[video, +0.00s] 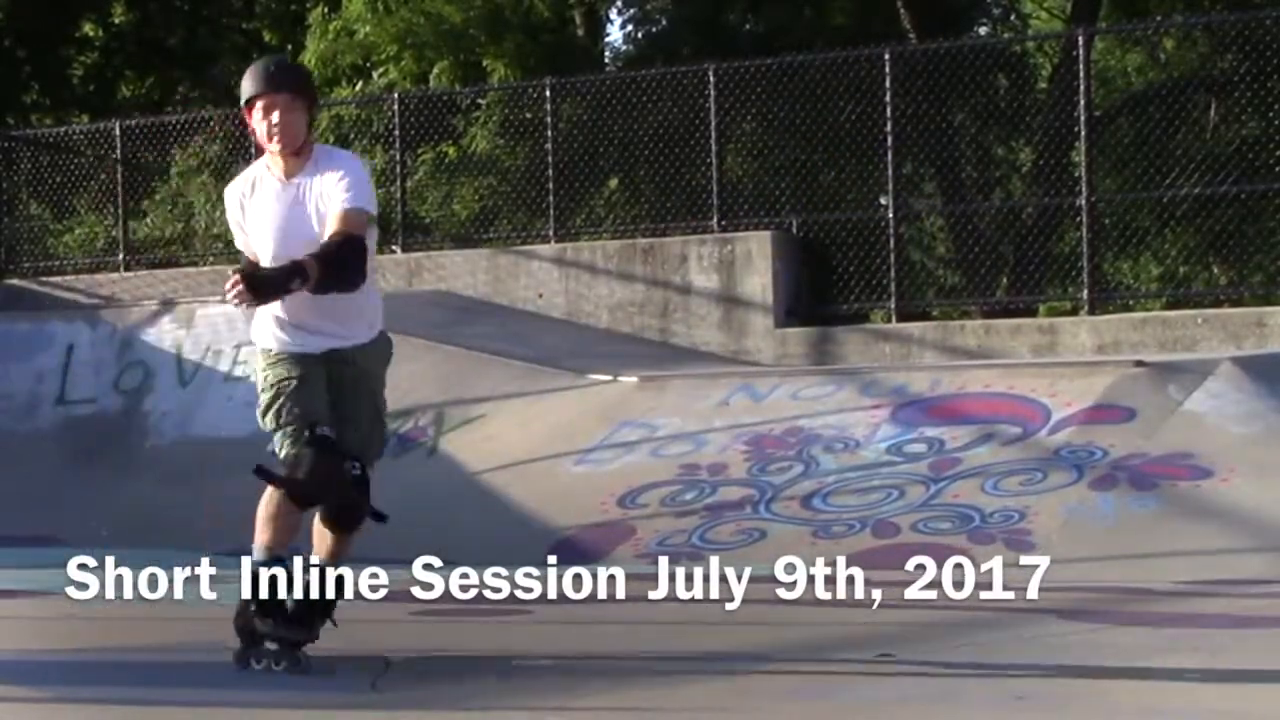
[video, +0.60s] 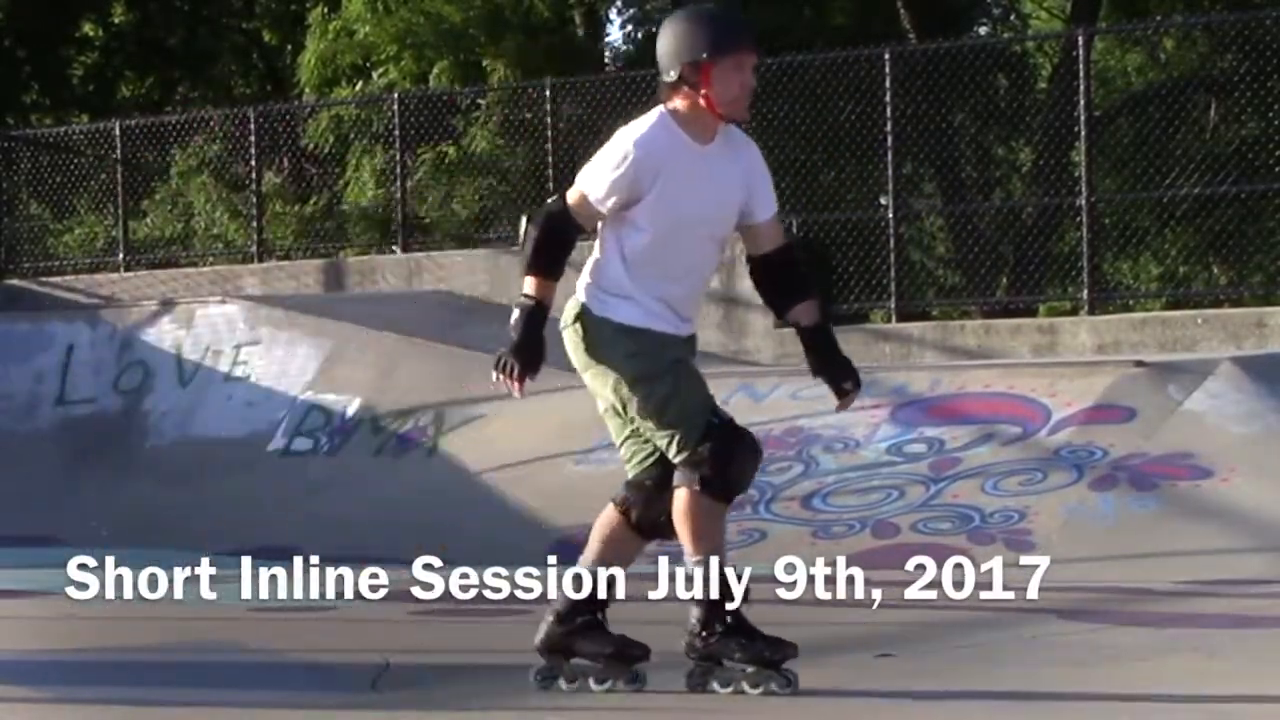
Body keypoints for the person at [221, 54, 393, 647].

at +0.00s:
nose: (273, 122)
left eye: (284, 109)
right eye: (262, 112)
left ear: (309, 111)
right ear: (248, 122)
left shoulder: (344, 172)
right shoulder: (240, 194)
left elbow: (347, 263)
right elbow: (264, 272)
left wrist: (277, 279)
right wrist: (253, 289)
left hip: (356, 346)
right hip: (285, 344)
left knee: (350, 487)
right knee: (304, 465)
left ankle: (315, 606)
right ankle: (258, 605)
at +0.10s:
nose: (346, 122)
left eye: (357, 108)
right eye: (333, 110)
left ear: (376, 110)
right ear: (314, 117)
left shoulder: (405, 175)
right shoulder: (289, 188)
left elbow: (405, 275)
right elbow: (273, 272)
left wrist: (346, 311)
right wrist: (265, 342)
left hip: (391, 346)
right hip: (321, 345)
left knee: (378, 484)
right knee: (354, 459)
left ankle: (315, 606)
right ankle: (321, 602)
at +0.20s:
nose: (438, 124)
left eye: (448, 110)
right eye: (426, 110)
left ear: (462, 112)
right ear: (399, 113)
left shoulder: (480, 181)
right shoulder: (358, 180)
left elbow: (477, 290)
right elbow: (303, 246)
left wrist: (429, 353)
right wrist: (271, 319)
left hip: (432, 345)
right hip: (364, 338)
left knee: (387, 488)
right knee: (417, 457)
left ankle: (322, 611)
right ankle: (399, 609)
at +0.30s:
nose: (525, 120)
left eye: (530, 107)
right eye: (512, 107)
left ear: (536, 108)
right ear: (474, 111)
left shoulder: (543, 185)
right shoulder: (422, 174)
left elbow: (546, 287)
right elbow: (346, 233)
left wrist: (529, 365)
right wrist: (301, 303)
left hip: (476, 347)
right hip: (415, 338)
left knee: (429, 496)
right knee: (480, 460)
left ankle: (356, 617)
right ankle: (468, 615)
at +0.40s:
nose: (608, 113)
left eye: (613, 99)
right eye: (596, 99)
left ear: (613, 102)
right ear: (555, 101)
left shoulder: (613, 180)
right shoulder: (499, 166)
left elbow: (628, 277)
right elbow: (408, 226)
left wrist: (643, 362)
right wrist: (363, 307)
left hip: (527, 345)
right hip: (471, 333)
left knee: (499, 492)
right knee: (554, 454)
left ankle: (422, 617)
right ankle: (551, 617)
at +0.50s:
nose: (689, 92)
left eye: (688, 79)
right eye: (675, 80)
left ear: (657, 91)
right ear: (632, 91)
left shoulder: (682, 169)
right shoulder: (574, 157)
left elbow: (710, 271)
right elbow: (486, 227)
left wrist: (746, 354)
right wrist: (447, 318)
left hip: (600, 338)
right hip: (542, 328)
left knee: (580, 495)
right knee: (635, 453)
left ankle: (498, 617)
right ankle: (640, 619)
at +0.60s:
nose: (753, 81)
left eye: (752, 68)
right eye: (740, 70)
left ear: (721, 78)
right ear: (694, 77)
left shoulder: (743, 157)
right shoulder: (642, 144)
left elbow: (775, 260)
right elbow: (559, 224)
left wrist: (820, 344)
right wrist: (527, 322)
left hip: (666, 331)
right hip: (610, 324)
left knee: (657, 490)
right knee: (709, 452)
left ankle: (573, 619)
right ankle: (717, 621)